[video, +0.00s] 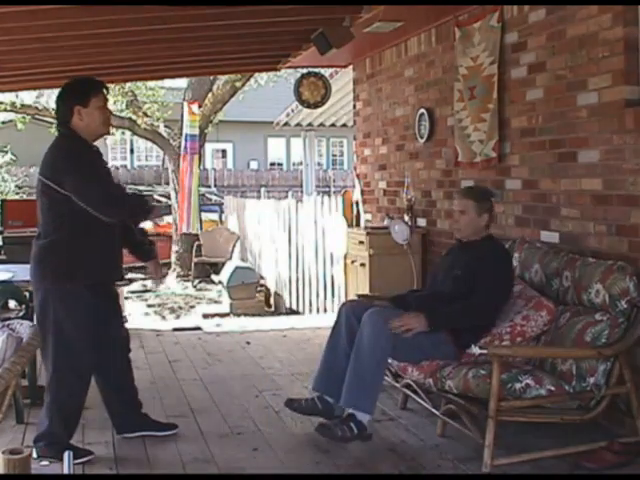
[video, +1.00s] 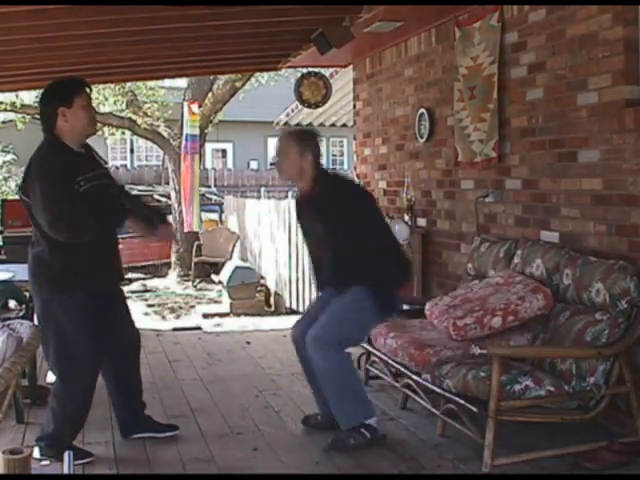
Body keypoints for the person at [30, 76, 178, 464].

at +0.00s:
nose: (110, 114)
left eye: (108, 106)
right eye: (103, 107)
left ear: (83, 113)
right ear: (78, 113)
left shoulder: (88, 154)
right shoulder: (65, 155)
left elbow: (111, 211)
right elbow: (105, 203)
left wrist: (145, 249)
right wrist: (147, 205)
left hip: (92, 273)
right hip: (64, 277)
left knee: (112, 349)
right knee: (70, 360)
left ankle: (129, 420)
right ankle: (51, 443)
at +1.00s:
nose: (95, 113)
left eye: (92, 105)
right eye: (87, 106)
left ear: (67, 115)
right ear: (63, 115)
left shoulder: (88, 158)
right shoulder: (45, 165)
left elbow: (117, 199)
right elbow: (62, 227)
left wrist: (150, 218)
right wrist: (117, 212)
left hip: (99, 279)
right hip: (61, 284)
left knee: (124, 346)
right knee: (77, 363)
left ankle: (133, 421)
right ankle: (54, 443)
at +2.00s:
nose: (105, 110)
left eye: (103, 102)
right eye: (99, 102)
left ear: (76, 108)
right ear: (75, 107)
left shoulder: (89, 151)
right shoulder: (60, 153)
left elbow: (117, 198)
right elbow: (100, 206)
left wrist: (143, 179)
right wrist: (141, 182)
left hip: (103, 275)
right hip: (73, 278)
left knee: (119, 352)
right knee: (72, 363)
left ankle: (134, 424)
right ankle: (52, 444)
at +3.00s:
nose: (122, 111)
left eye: (121, 103)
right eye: (116, 103)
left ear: (96, 108)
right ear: (91, 107)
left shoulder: (104, 151)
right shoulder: (72, 152)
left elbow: (138, 192)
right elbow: (124, 192)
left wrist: (177, 172)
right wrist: (174, 169)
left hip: (110, 274)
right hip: (78, 276)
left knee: (123, 351)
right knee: (72, 361)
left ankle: (134, 423)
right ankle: (52, 444)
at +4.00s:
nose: (101, 118)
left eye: (100, 110)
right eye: (95, 110)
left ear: (73, 113)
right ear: (69, 112)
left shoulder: (86, 156)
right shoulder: (56, 160)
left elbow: (104, 213)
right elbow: (73, 231)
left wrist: (129, 245)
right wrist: (112, 274)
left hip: (99, 272)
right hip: (70, 278)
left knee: (122, 348)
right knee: (78, 361)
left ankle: (135, 424)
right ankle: (52, 445)